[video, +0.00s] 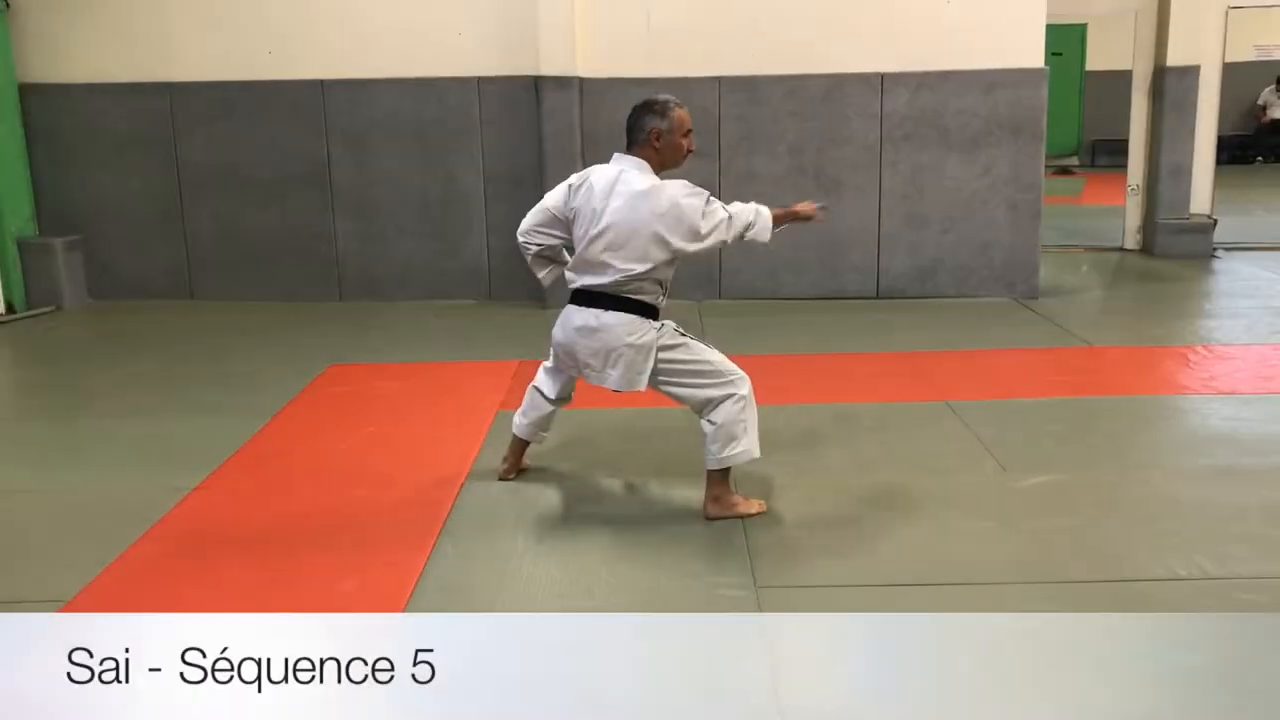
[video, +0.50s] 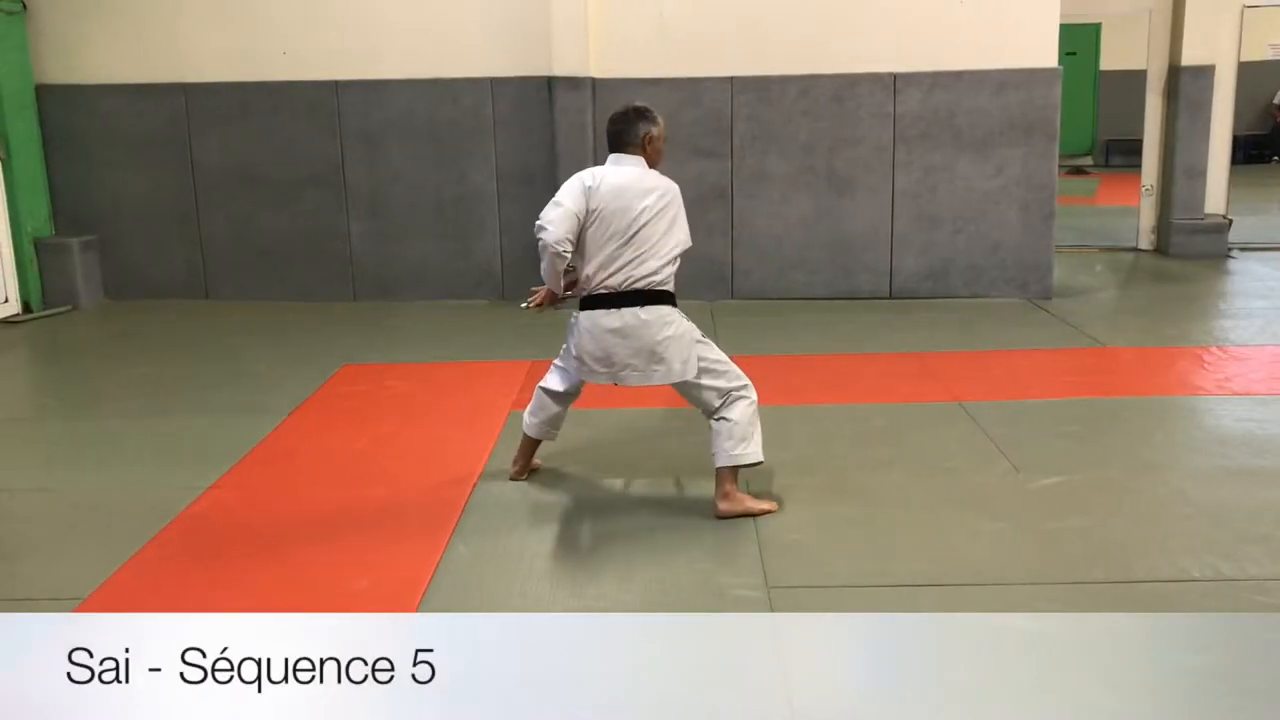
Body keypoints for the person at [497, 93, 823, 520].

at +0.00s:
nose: (692, 145)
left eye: (691, 135)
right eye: (685, 136)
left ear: (646, 139)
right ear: (654, 139)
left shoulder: (585, 181)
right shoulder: (673, 197)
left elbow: (532, 233)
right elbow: (734, 220)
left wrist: (572, 278)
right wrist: (788, 214)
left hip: (574, 322)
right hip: (633, 331)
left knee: (555, 374)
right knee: (730, 385)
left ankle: (511, 459)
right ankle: (719, 496)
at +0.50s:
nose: (663, 149)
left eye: (662, 140)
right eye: (660, 140)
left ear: (613, 143)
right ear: (646, 141)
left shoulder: (583, 182)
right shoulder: (667, 190)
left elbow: (552, 235)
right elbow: (655, 258)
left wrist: (553, 287)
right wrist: (575, 284)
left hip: (594, 327)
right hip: (658, 324)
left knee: (560, 381)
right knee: (733, 393)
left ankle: (522, 461)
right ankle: (729, 492)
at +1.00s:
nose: (709, 140)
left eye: (708, 130)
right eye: (704, 130)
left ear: (663, 132)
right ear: (677, 132)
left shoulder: (609, 177)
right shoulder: (698, 181)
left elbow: (554, 232)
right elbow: (774, 170)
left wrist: (600, 271)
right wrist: (843, 134)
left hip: (599, 317)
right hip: (655, 324)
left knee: (587, 376)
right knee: (750, 387)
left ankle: (540, 461)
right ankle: (746, 496)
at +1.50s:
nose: (745, 131)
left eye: (744, 121)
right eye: (740, 122)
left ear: (702, 122)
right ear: (713, 125)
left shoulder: (643, 168)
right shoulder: (729, 176)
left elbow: (598, 229)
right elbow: (807, 174)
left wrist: (634, 264)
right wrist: (878, 143)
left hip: (616, 304)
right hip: (671, 316)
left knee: (599, 389)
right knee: (754, 390)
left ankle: (550, 464)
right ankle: (765, 504)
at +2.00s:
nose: (717, 143)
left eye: (712, 136)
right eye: (716, 136)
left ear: (674, 126)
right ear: (712, 136)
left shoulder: (643, 165)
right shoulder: (707, 176)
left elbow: (694, 226)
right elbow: (784, 181)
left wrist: (731, 270)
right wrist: (863, 153)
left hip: (601, 305)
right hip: (665, 314)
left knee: (564, 393)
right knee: (736, 391)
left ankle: (514, 490)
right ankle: (768, 498)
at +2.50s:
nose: (609, 128)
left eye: (612, 119)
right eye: (611, 119)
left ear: (628, 121)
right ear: (662, 122)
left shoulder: (602, 171)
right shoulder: (705, 168)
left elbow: (527, 168)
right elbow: (781, 173)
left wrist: (462, 136)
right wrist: (858, 153)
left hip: (616, 322)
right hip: (687, 321)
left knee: (567, 396)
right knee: (758, 395)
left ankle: (518, 493)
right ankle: (785, 501)